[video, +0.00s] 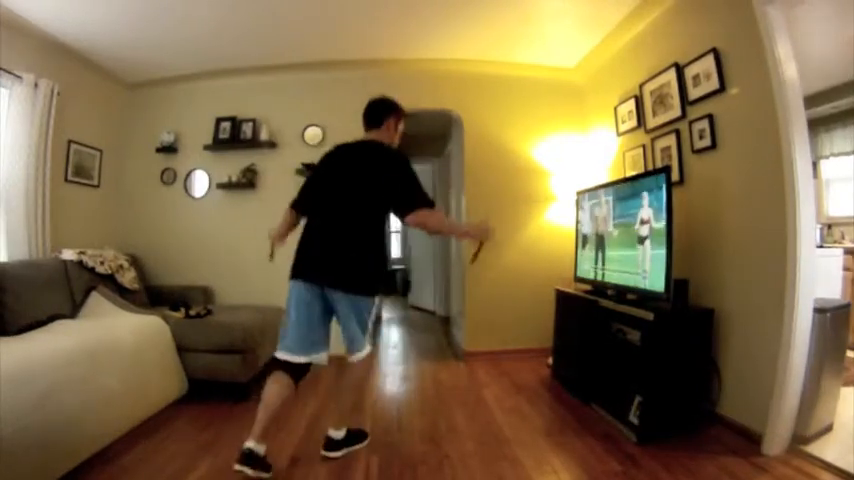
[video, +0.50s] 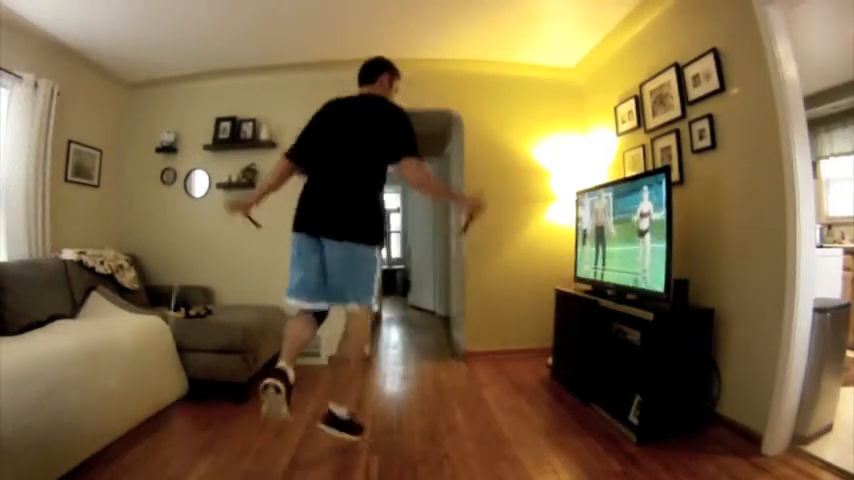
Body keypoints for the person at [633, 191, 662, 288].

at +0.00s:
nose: (644, 201)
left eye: (645, 199)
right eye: (643, 199)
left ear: (648, 200)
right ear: (641, 200)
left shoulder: (649, 211)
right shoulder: (641, 211)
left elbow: (653, 224)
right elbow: (637, 223)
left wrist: (661, 224)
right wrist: (637, 226)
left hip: (647, 235)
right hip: (640, 235)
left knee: (647, 254)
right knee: (640, 255)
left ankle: (646, 270)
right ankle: (640, 269)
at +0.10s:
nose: (644, 206)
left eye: (645, 204)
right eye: (643, 204)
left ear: (648, 205)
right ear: (642, 205)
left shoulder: (650, 216)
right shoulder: (641, 216)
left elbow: (652, 227)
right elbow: (638, 227)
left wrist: (654, 234)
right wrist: (636, 237)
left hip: (647, 231)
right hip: (641, 232)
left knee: (647, 253)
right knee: (640, 252)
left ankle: (647, 271)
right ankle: (640, 270)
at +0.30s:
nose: (645, 206)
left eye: (647, 204)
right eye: (644, 204)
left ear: (649, 205)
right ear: (642, 206)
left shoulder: (650, 216)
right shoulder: (642, 216)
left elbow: (652, 229)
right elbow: (639, 227)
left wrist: (659, 236)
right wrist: (636, 237)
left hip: (648, 235)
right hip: (641, 235)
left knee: (648, 256)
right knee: (640, 256)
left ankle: (647, 273)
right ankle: (640, 272)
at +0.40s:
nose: (645, 197)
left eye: (646, 195)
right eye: (644, 195)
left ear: (648, 196)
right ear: (642, 196)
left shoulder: (650, 208)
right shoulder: (641, 208)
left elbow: (653, 220)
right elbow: (638, 220)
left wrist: (661, 221)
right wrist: (635, 225)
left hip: (647, 235)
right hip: (640, 236)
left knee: (648, 255)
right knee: (640, 256)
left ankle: (647, 274)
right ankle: (639, 273)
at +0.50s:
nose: (645, 194)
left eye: (646, 192)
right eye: (643, 192)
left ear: (648, 194)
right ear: (641, 194)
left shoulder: (650, 205)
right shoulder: (640, 205)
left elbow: (652, 217)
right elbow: (635, 219)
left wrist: (661, 215)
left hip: (647, 230)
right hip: (640, 230)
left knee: (647, 251)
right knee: (640, 252)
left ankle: (646, 271)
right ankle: (639, 271)